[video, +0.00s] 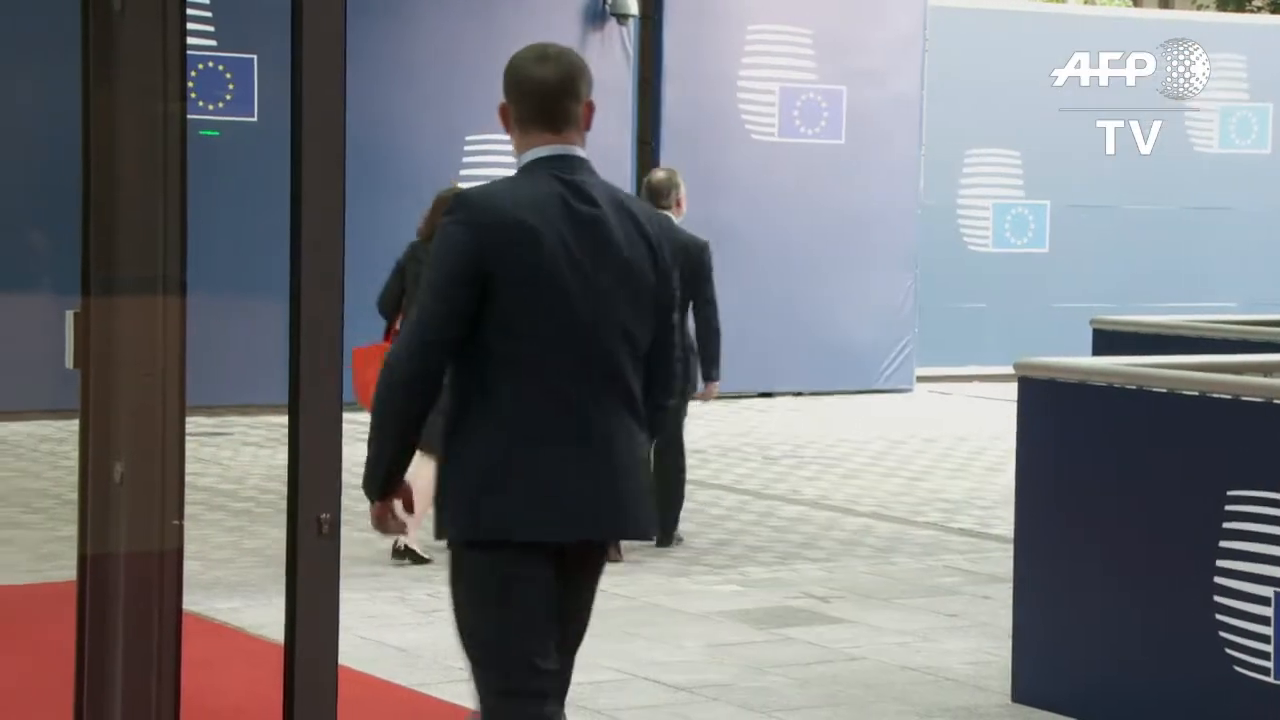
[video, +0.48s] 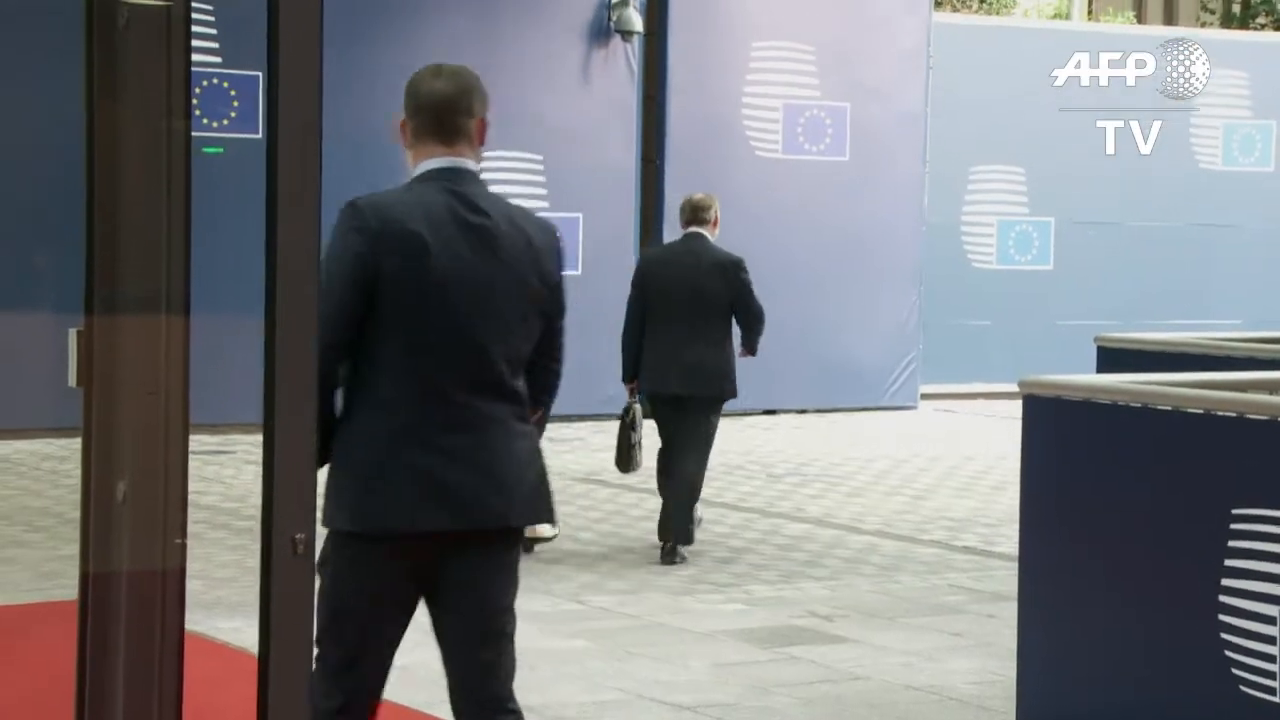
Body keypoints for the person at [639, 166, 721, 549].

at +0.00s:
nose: (685, 203)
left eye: (682, 197)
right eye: (683, 198)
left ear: (643, 200)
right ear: (678, 201)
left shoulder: (624, 239)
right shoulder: (691, 247)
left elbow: (611, 304)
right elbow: (706, 314)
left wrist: (612, 357)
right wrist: (712, 371)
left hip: (626, 356)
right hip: (672, 357)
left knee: (627, 438)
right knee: (669, 442)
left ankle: (620, 525)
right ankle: (665, 527)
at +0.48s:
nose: (718, 227)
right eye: (718, 222)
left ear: (681, 223)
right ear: (714, 223)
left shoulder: (651, 262)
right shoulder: (728, 265)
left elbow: (633, 323)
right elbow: (752, 316)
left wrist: (630, 373)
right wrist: (749, 343)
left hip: (658, 377)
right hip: (708, 379)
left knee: (671, 447)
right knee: (692, 455)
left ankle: (679, 517)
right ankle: (671, 541)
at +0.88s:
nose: (731, 230)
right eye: (732, 225)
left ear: (695, 224)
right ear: (729, 225)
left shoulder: (663, 261)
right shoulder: (743, 264)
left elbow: (649, 323)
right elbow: (755, 330)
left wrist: (644, 374)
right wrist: (755, 380)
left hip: (675, 378)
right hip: (724, 378)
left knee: (677, 462)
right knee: (727, 451)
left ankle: (678, 549)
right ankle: (718, 534)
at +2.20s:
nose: (754, 227)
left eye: (751, 220)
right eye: (753, 221)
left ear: (715, 222)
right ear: (746, 222)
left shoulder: (683, 260)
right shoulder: (760, 266)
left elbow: (665, 321)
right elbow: (767, 331)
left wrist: (662, 373)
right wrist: (764, 383)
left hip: (690, 376)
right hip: (736, 377)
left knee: (692, 454)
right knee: (738, 449)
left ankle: (692, 540)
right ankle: (739, 525)